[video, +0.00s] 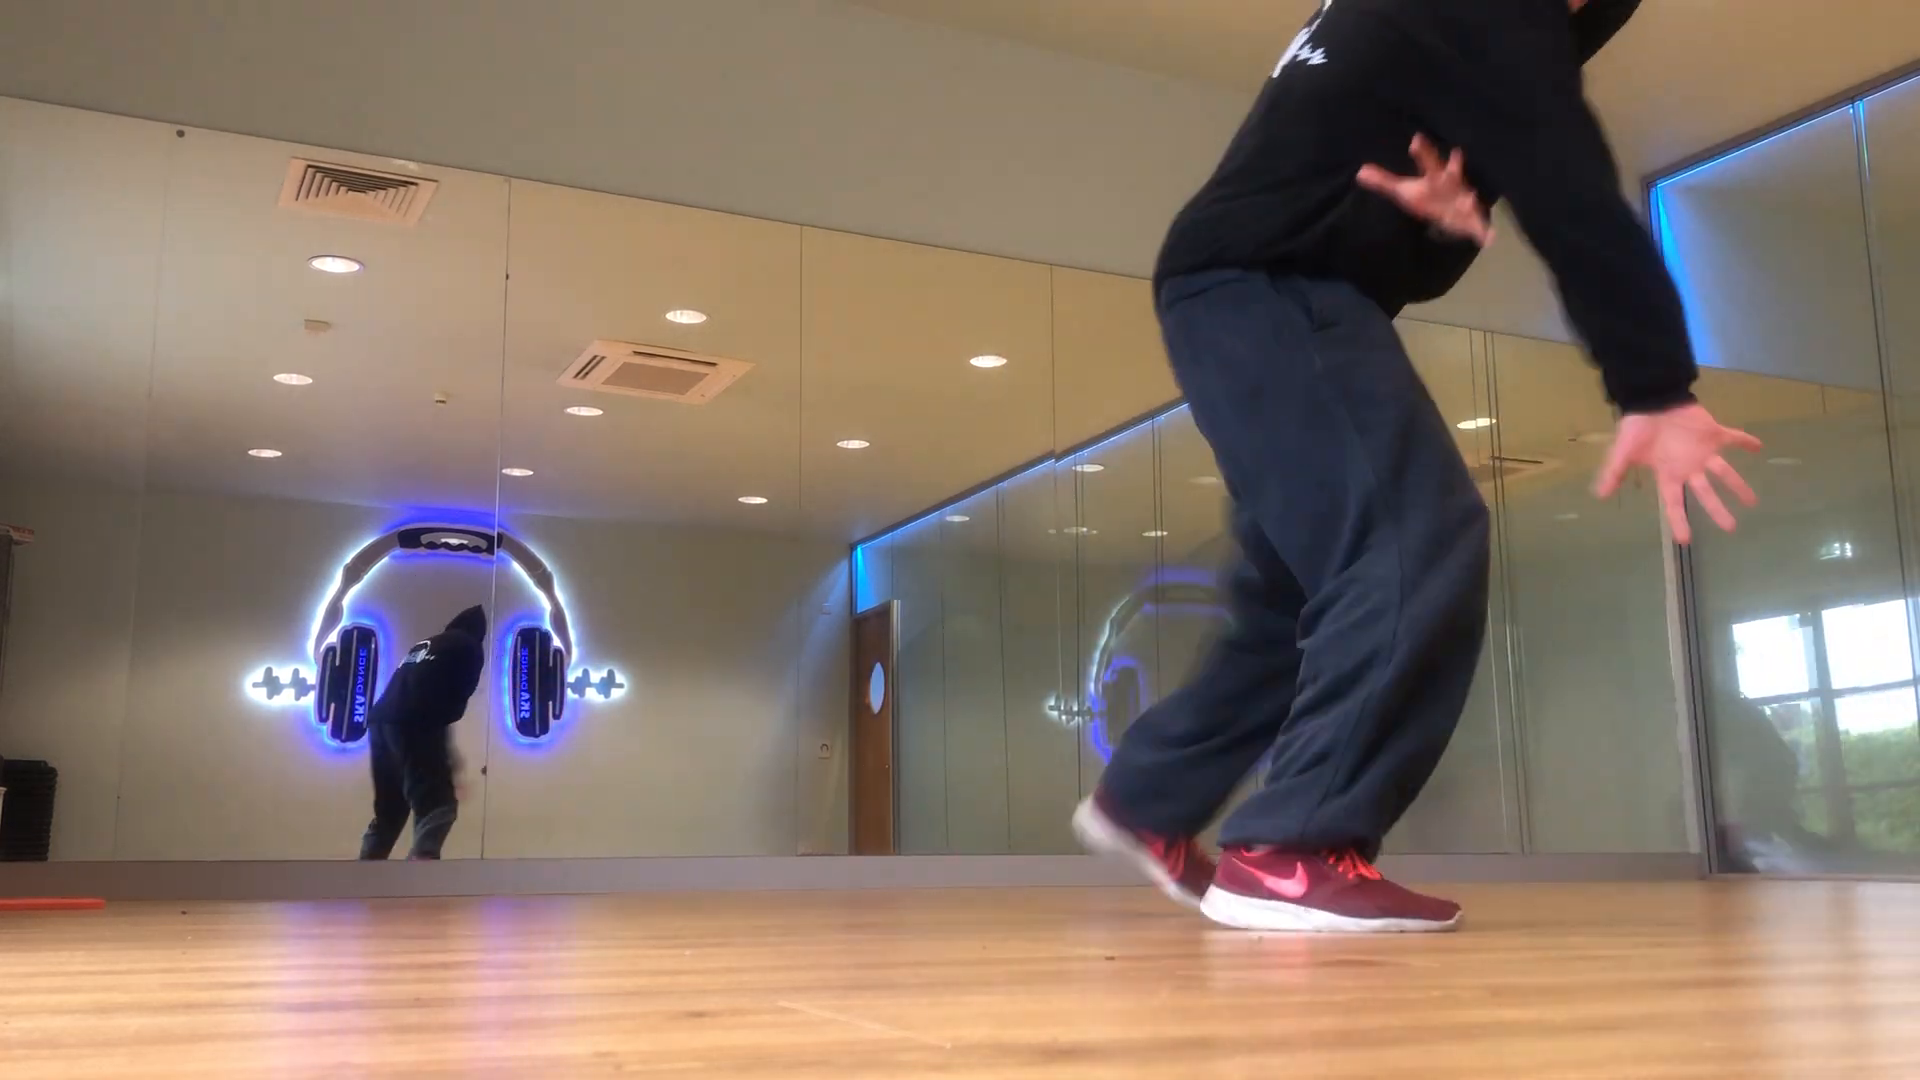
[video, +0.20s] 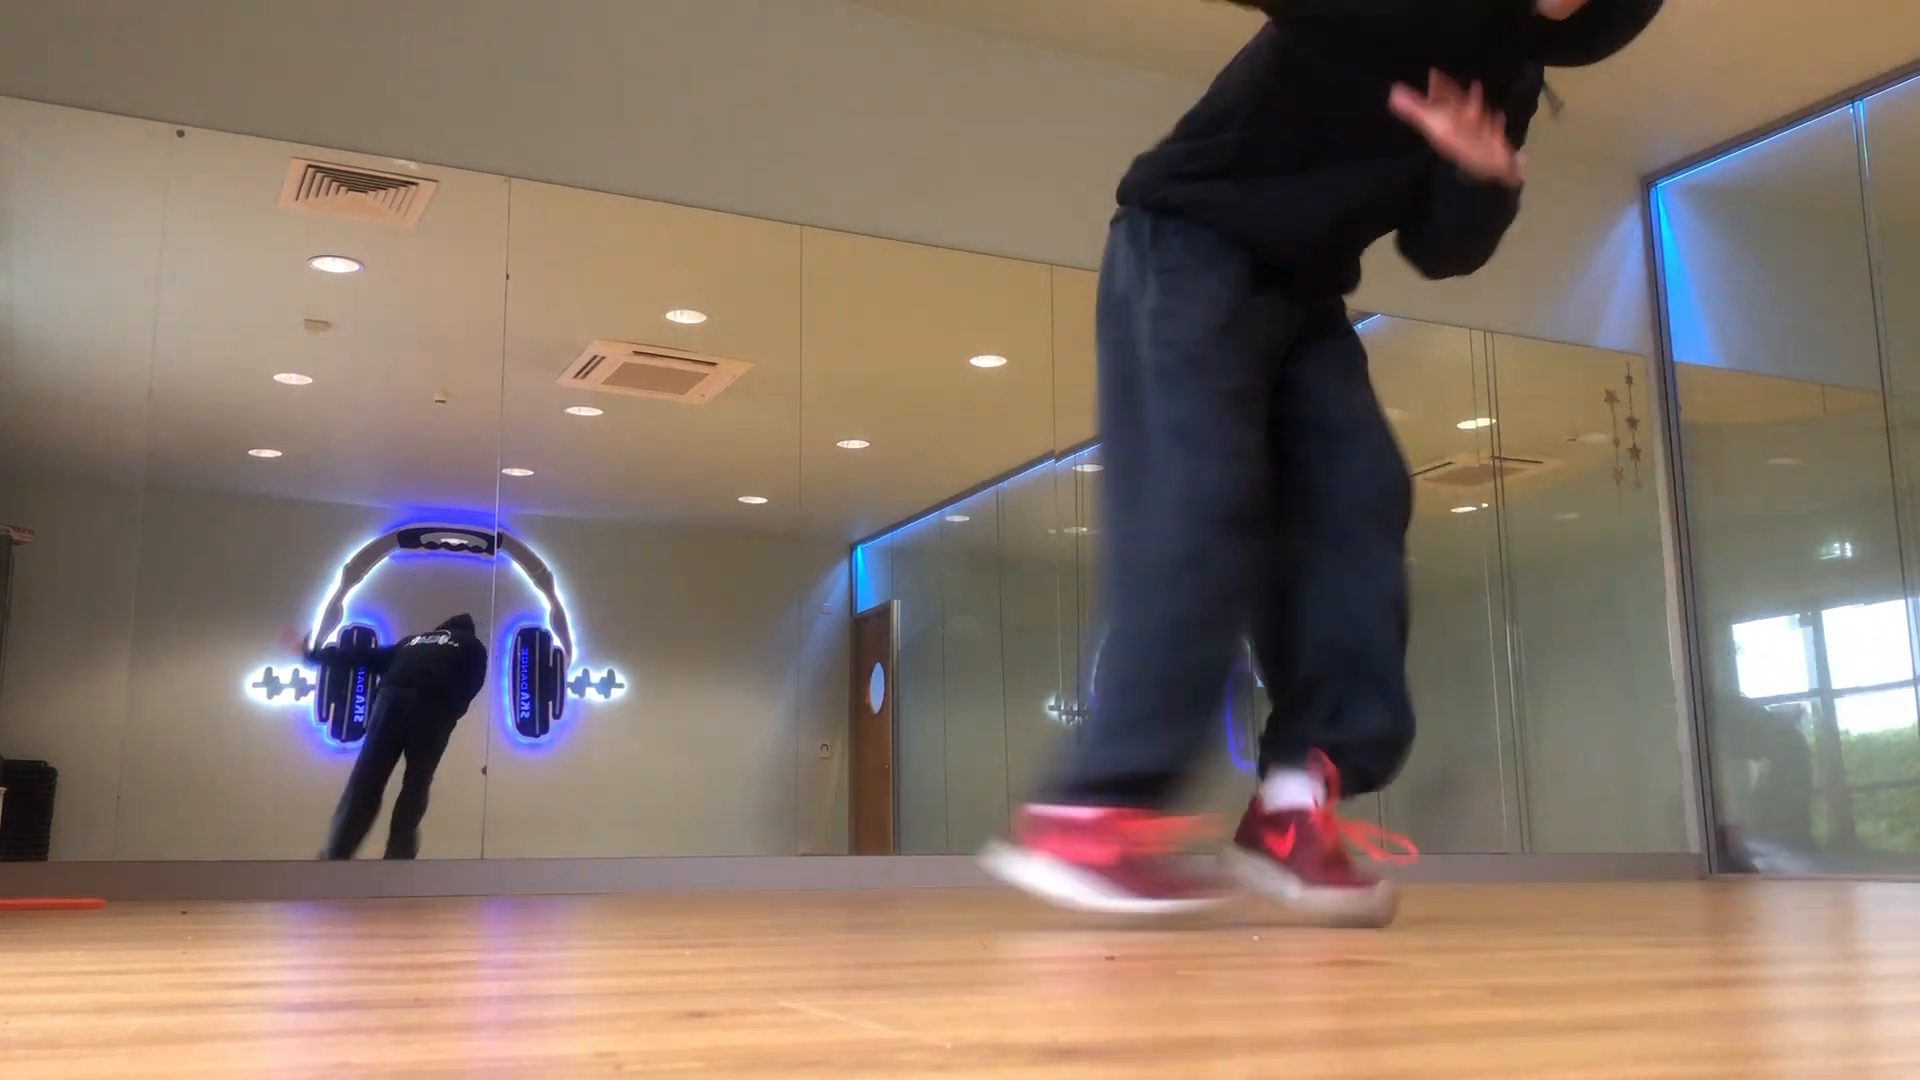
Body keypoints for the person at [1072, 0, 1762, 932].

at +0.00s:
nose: (1599, 16)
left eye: (1597, 15)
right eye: (1601, 10)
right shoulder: (1499, 17)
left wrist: (1452, 216)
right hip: (1274, 284)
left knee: (1310, 579)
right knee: (1418, 535)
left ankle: (1147, 797)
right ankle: (1292, 843)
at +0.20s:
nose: (1568, 1)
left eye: (1584, 7)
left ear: (1579, 22)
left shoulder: (1504, 78)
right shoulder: (1408, 9)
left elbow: (1441, 252)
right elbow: (1292, 11)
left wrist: (1478, 185)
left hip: (1301, 284)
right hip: (1189, 238)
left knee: (1358, 495)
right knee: (1196, 505)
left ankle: (1295, 804)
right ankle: (1090, 808)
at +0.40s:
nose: (1310, 16)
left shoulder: (1451, 23)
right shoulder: (1223, 10)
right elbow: (1151, 45)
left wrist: (1354, 43)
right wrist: (1172, 180)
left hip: (1324, 326)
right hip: (1188, 293)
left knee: (1345, 544)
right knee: (1114, 515)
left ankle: (1260, 836)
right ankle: (938, 738)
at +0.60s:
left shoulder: (1395, 70)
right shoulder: (1207, 52)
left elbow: (1257, 191)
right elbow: (1183, 178)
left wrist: (1134, 101)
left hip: (1328, 371)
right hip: (1187, 368)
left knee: (1303, 543)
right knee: (1144, 583)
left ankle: (1307, 740)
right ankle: (1154, 846)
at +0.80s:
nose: (1203, 24)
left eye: (1214, 1)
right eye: (1178, 18)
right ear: (1163, 42)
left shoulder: (1330, 59)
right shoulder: (1225, 128)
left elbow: (1230, 179)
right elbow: (1333, 233)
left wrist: (1120, 244)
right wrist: (1464, 290)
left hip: (1451, 410)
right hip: (1307, 425)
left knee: (1560, 621)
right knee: (1220, 622)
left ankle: (1710, 787)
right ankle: (1159, 856)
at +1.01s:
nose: (1224, 170)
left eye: (1231, 143)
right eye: (1200, 166)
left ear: (1265, 131)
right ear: (1189, 193)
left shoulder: (1331, 158)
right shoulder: (1259, 286)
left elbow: (1378, 186)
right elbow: (1356, 362)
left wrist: (1426, 213)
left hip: (1541, 457)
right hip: (1400, 488)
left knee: (1650, 651)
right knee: (1290, 640)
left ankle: (1809, 826)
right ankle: (1169, 845)